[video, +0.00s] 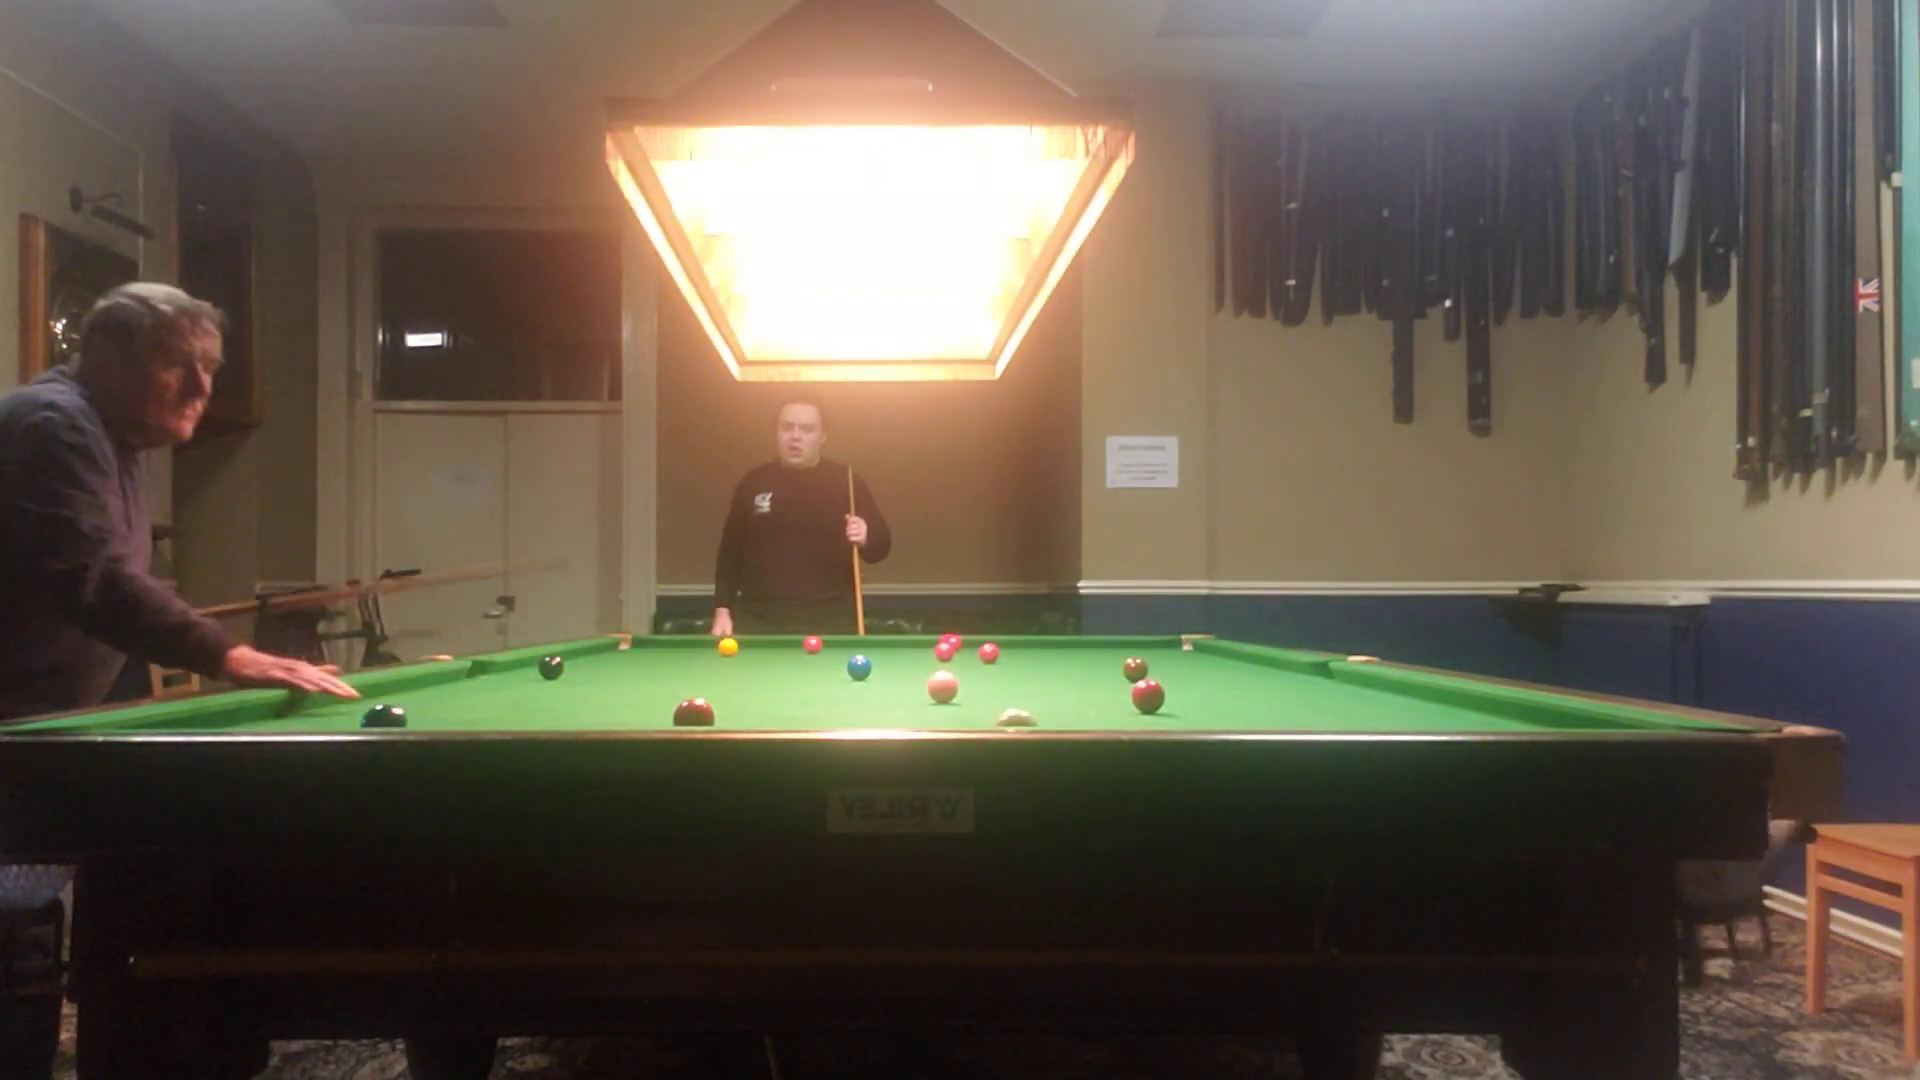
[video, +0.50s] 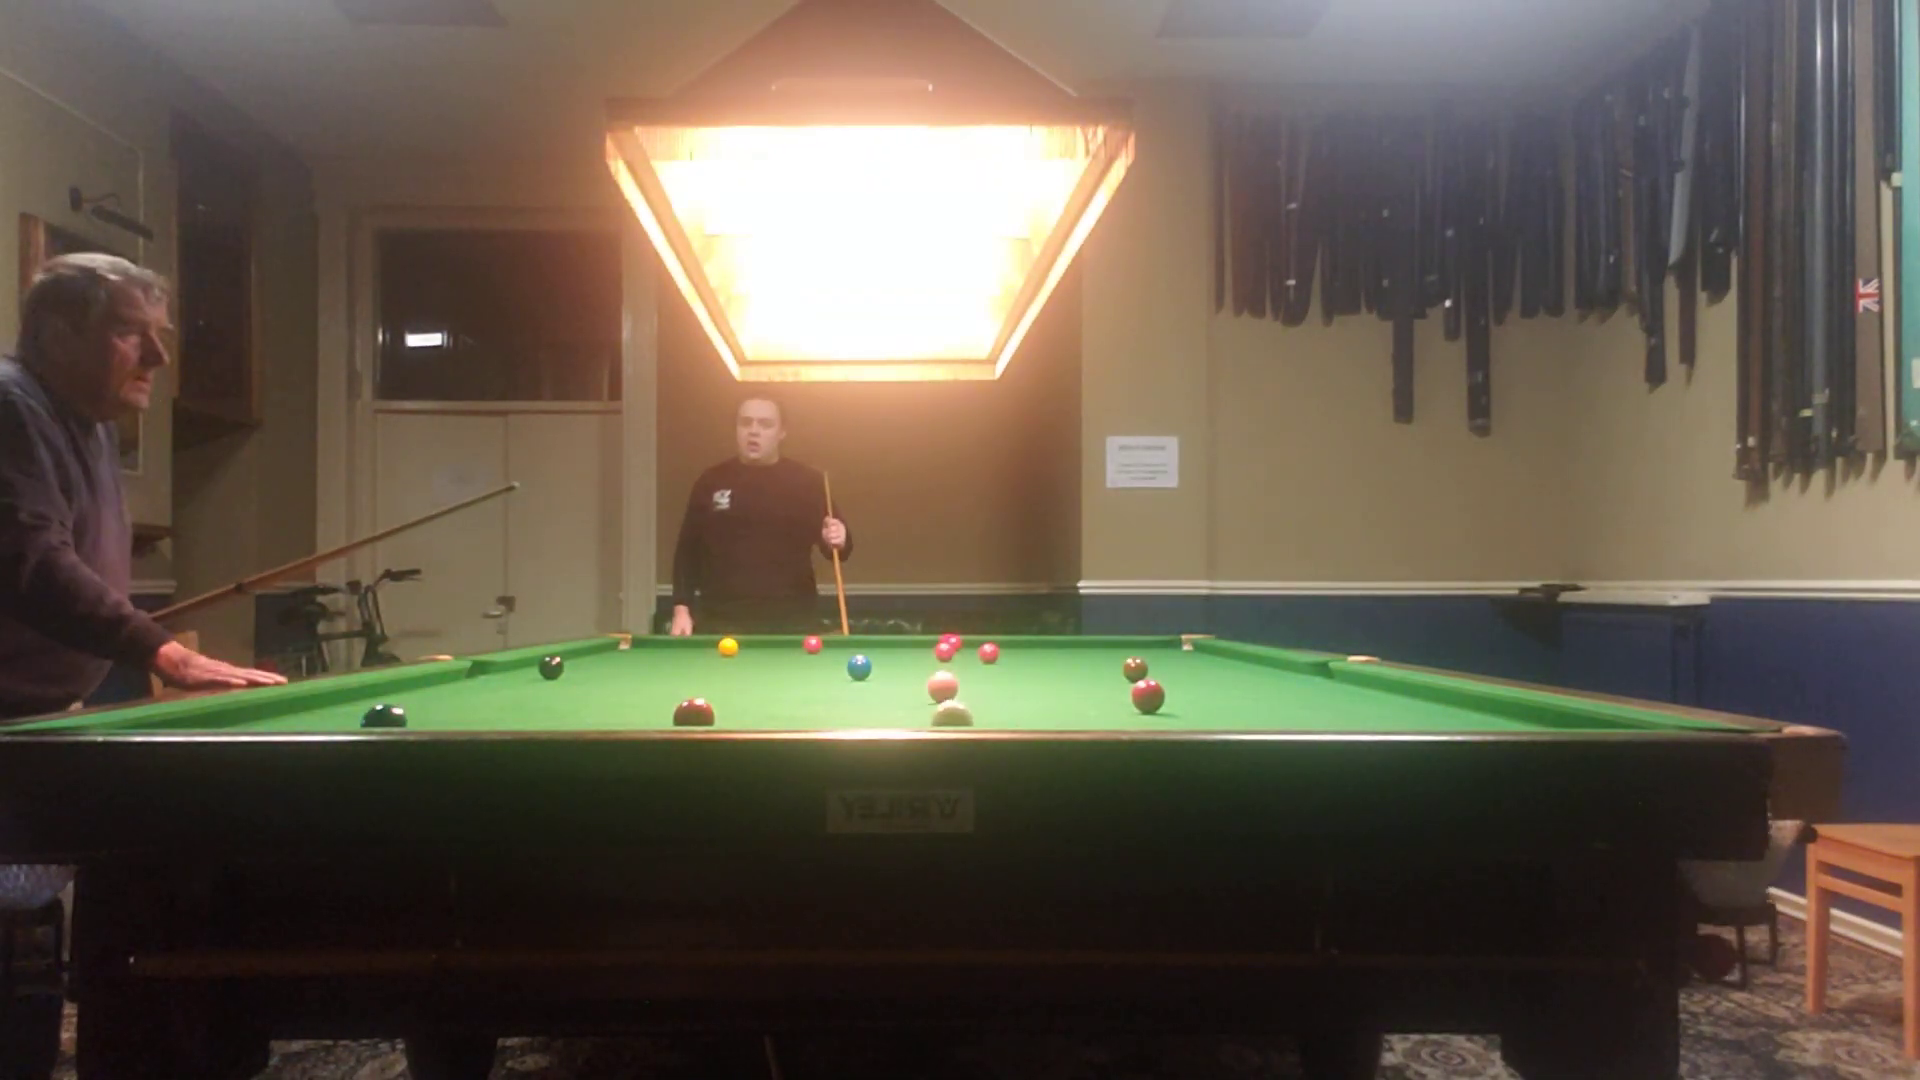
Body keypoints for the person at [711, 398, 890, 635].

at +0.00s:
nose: (795, 436)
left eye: (806, 429)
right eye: (788, 427)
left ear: (822, 437)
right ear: (776, 433)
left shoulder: (847, 482)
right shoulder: (754, 484)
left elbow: (880, 548)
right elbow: (730, 552)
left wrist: (867, 537)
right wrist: (723, 608)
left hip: (831, 624)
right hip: (761, 625)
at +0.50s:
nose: (753, 431)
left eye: (765, 424)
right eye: (746, 422)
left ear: (781, 433)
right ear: (735, 429)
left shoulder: (808, 482)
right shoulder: (711, 483)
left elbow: (836, 552)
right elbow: (687, 550)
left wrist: (839, 539)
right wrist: (681, 608)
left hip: (792, 627)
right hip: (723, 626)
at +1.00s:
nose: (728, 433)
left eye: (739, 426)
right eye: (720, 425)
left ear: (758, 434)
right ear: (711, 431)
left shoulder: (781, 485)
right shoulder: (686, 485)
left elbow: (809, 550)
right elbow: (662, 551)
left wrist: (821, 543)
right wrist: (655, 609)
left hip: (767, 627)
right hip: (696, 628)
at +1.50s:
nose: (727, 441)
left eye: (738, 433)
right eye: (719, 433)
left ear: (757, 437)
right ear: (711, 437)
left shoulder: (781, 486)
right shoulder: (689, 484)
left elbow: (815, 554)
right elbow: (665, 550)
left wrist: (817, 544)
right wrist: (659, 606)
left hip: (765, 629)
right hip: (695, 630)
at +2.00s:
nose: (735, 448)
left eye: (747, 438)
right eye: (727, 438)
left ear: (765, 440)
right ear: (716, 440)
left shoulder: (786, 487)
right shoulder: (694, 482)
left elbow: (814, 558)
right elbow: (667, 547)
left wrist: (817, 545)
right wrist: (659, 605)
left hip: (765, 631)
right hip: (695, 631)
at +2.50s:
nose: (739, 450)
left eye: (750, 440)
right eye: (731, 439)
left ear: (768, 442)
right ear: (720, 440)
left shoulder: (788, 489)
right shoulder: (692, 489)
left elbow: (812, 558)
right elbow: (667, 549)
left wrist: (821, 547)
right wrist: (660, 604)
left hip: (765, 635)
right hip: (694, 634)